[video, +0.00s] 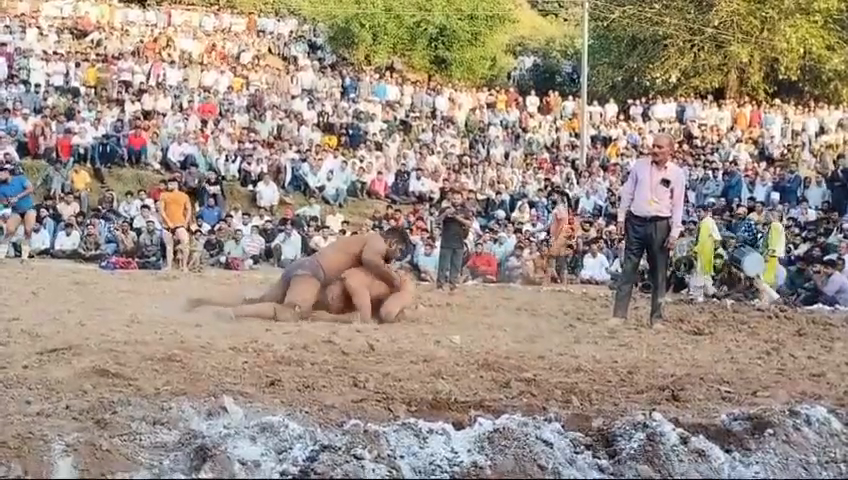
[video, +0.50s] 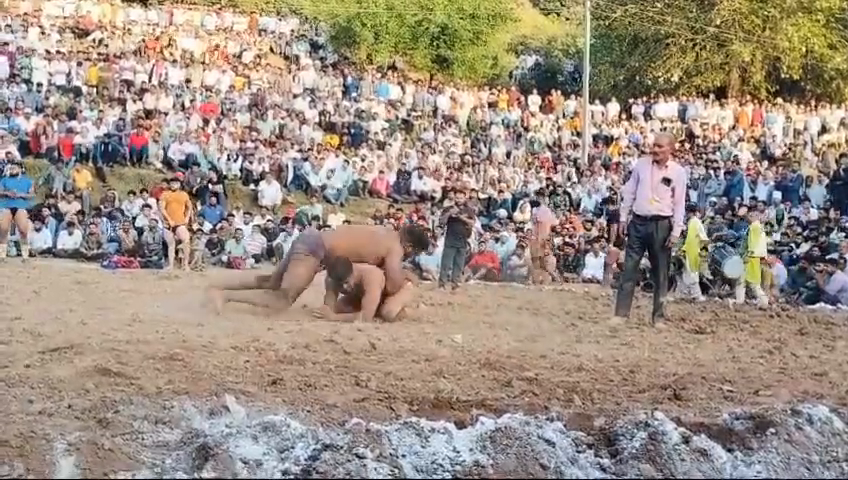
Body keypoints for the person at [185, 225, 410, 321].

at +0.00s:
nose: (392, 259)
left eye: (395, 256)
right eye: (395, 254)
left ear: (388, 239)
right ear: (393, 243)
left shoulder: (367, 240)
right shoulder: (376, 240)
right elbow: (369, 260)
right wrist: (392, 279)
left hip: (300, 266)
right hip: (312, 273)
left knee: (264, 299)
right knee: (292, 312)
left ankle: (206, 301)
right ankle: (236, 312)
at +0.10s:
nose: (393, 256)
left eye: (396, 253)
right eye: (396, 252)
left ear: (383, 236)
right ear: (390, 242)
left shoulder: (363, 240)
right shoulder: (374, 240)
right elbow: (379, 268)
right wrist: (403, 271)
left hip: (296, 267)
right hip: (309, 274)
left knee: (263, 298)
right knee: (293, 312)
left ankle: (206, 299)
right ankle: (231, 312)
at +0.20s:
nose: (394, 255)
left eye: (396, 251)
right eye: (396, 250)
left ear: (383, 234)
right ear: (390, 241)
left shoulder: (362, 239)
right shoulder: (378, 245)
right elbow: (393, 275)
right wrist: (412, 278)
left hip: (295, 267)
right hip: (308, 276)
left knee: (262, 297)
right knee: (292, 312)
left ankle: (204, 293)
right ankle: (231, 303)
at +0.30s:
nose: (398, 254)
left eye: (400, 250)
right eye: (399, 250)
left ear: (387, 234)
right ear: (394, 241)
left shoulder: (367, 239)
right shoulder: (380, 243)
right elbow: (397, 277)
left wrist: (402, 280)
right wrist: (412, 276)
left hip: (294, 263)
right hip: (307, 269)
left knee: (259, 297)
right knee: (292, 312)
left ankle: (200, 293)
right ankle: (242, 298)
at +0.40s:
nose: (404, 252)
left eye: (406, 249)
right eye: (406, 249)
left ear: (394, 232)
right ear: (401, 241)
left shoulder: (376, 238)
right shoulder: (387, 246)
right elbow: (395, 280)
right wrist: (409, 276)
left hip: (300, 253)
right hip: (308, 261)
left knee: (259, 287)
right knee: (289, 308)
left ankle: (200, 289)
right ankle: (237, 297)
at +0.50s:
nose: (412, 255)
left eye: (415, 252)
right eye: (414, 251)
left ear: (404, 230)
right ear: (411, 245)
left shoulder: (386, 233)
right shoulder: (394, 247)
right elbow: (394, 284)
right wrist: (406, 278)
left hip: (309, 237)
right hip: (314, 249)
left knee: (271, 281)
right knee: (282, 301)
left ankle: (216, 282)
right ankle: (223, 294)